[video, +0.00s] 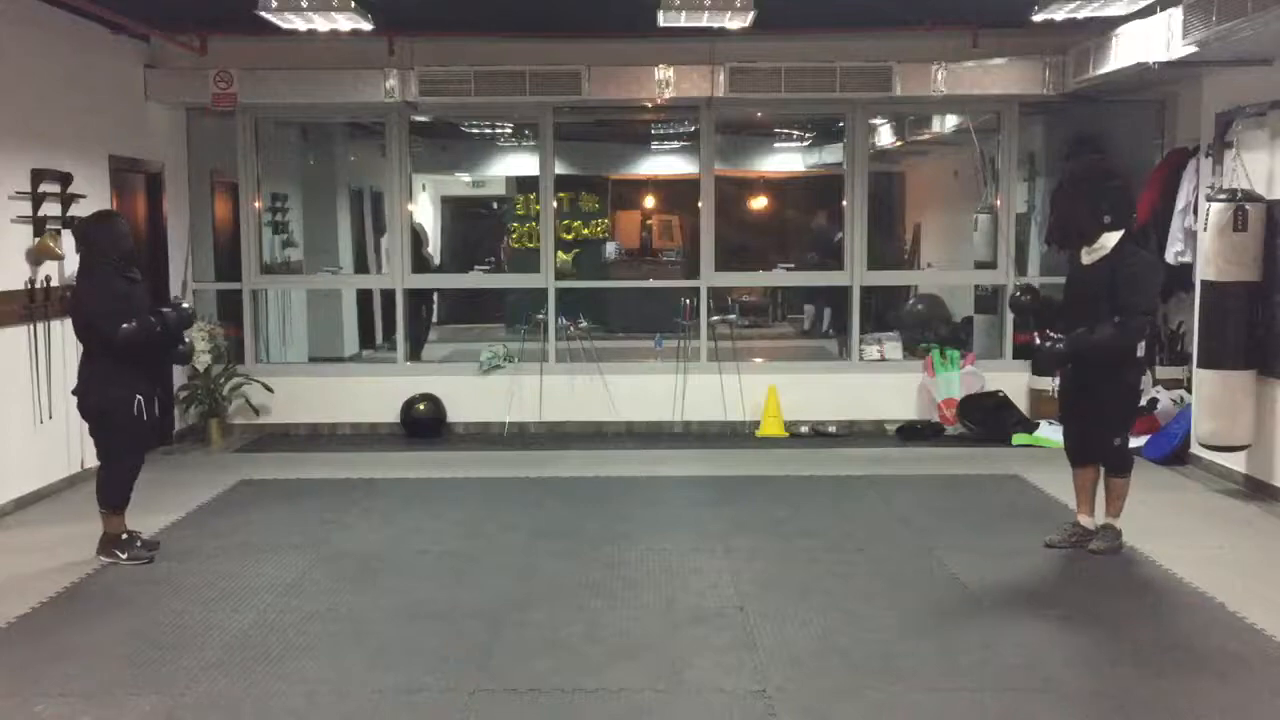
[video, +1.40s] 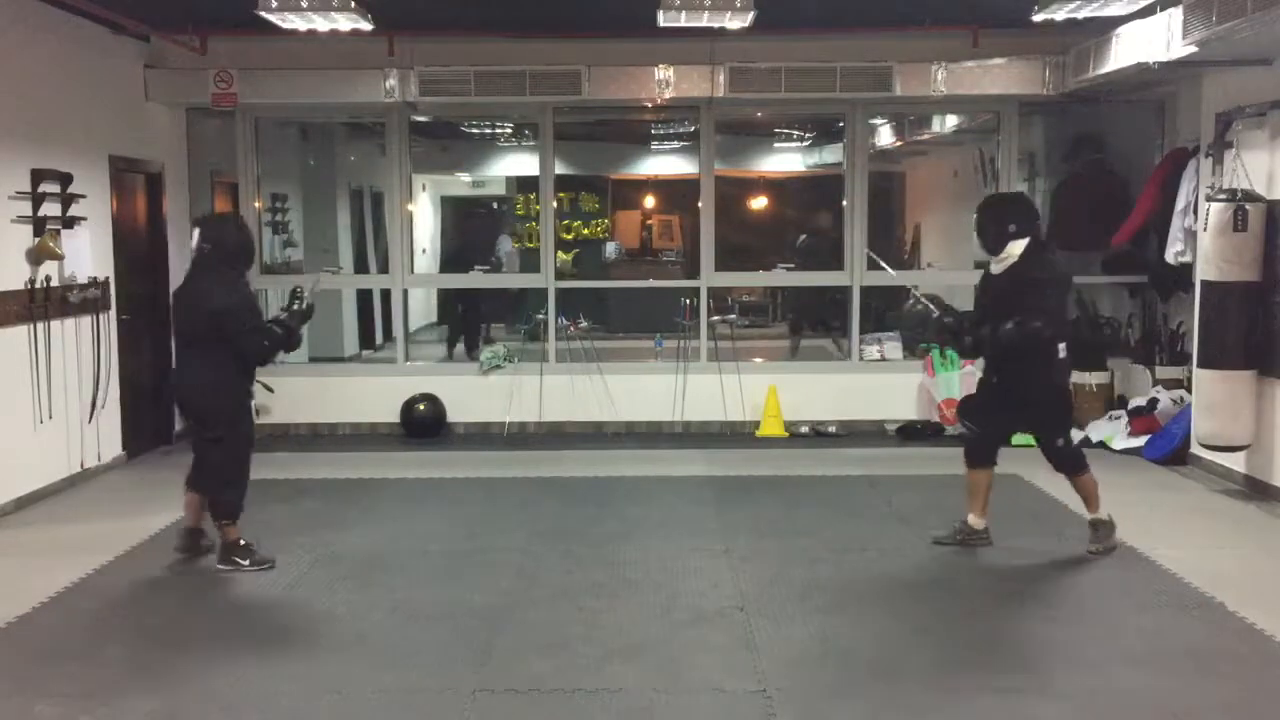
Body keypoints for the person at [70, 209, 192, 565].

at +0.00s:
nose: (129, 241)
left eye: (127, 235)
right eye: (121, 236)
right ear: (103, 243)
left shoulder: (121, 278)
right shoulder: (95, 284)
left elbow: (136, 325)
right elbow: (116, 336)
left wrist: (169, 341)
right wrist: (164, 321)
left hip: (129, 385)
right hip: (110, 388)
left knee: (127, 459)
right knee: (118, 459)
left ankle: (118, 533)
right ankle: (111, 539)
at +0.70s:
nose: (143, 242)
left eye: (139, 236)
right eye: (136, 238)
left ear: (105, 248)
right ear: (123, 246)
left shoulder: (105, 282)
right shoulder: (124, 284)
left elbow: (139, 334)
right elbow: (150, 340)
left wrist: (178, 324)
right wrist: (189, 319)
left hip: (115, 387)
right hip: (139, 387)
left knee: (121, 456)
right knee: (170, 452)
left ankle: (112, 534)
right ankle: (151, 535)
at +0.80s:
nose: (152, 246)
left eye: (149, 240)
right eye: (146, 240)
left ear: (115, 247)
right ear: (135, 246)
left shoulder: (113, 281)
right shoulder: (133, 284)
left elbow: (148, 338)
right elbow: (157, 341)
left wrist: (189, 333)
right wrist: (196, 320)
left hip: (120, 387)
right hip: (143, 389)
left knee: (123, 455)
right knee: (177, 448)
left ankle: (112, 534)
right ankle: (190, 538)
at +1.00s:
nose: (187, 259)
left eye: (184, 252)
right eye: (182, 252)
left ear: (140, 255)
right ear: (172, 256)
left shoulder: (133, 288)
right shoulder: (167, 295)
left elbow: (165, 347)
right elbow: (190, 354)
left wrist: (211, 335)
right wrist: (226, 334)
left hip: (140, 397)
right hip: (171, 400)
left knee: (134, 461)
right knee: (194, 466)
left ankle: (114, 533)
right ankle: (225, 541)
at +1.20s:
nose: (218, 249)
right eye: (213, 243)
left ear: (175, 249)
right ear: (205, 248)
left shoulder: (163, 283)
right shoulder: (200, 289)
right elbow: (221, 349)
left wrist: (238, 335)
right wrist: (257, 331)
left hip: (168, 386)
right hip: (199, 391)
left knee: (171, 454)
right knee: (213, 461)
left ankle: (131, 526)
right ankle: (228, 545)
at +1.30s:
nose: (234, 248)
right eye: (229, 242)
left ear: (193, 248)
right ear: (220, 248)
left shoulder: (185, 285)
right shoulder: (217, 291)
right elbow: (240, 351)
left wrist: (260, 332)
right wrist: (271, 327)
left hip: (186, 388)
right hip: (213, 394)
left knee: (187, 455)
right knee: (220, 464)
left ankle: (154, 527)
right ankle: (230, 546)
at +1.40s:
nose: (251, 251)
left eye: (248, 243)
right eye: (247, 244)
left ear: (206, 246)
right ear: (240, 248)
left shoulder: (187, 288)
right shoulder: (230, 289)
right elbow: (257, 347)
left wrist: (278, 327)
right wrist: (288, 323)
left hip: (193, 389)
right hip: (224, 393)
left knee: (206, 456)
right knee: (230, 461)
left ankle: (191, 533)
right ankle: (232, 546)